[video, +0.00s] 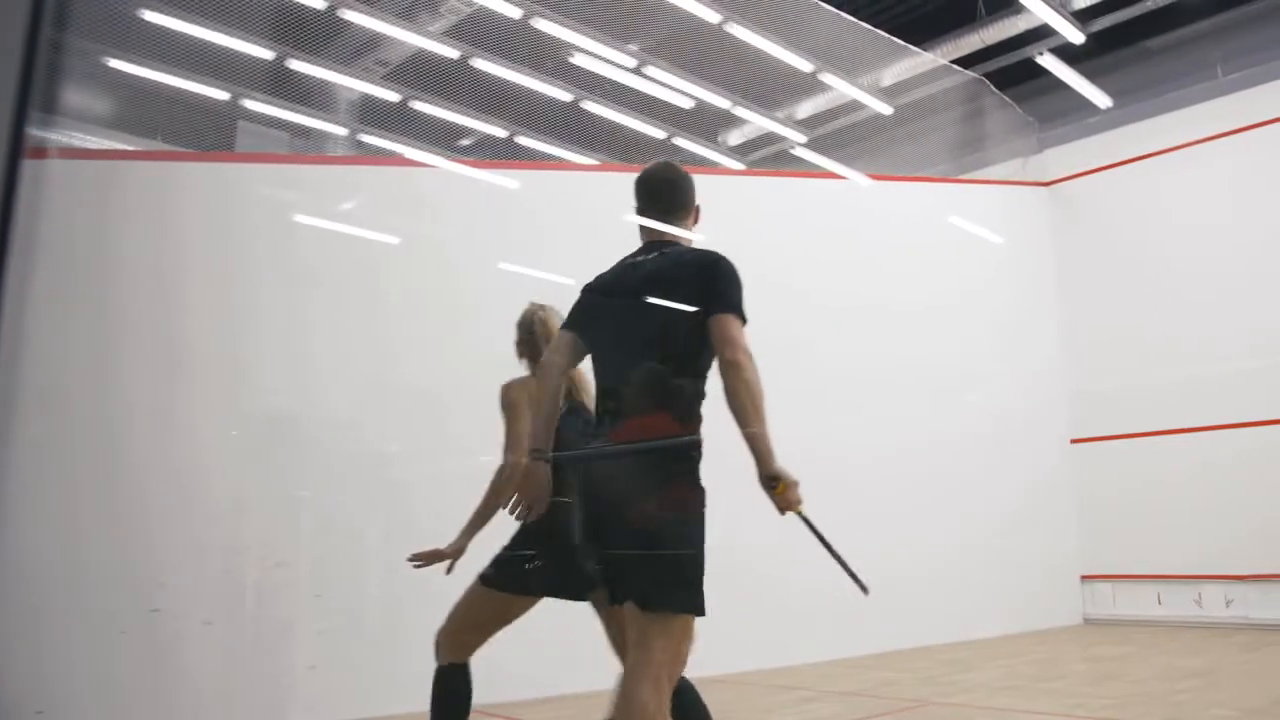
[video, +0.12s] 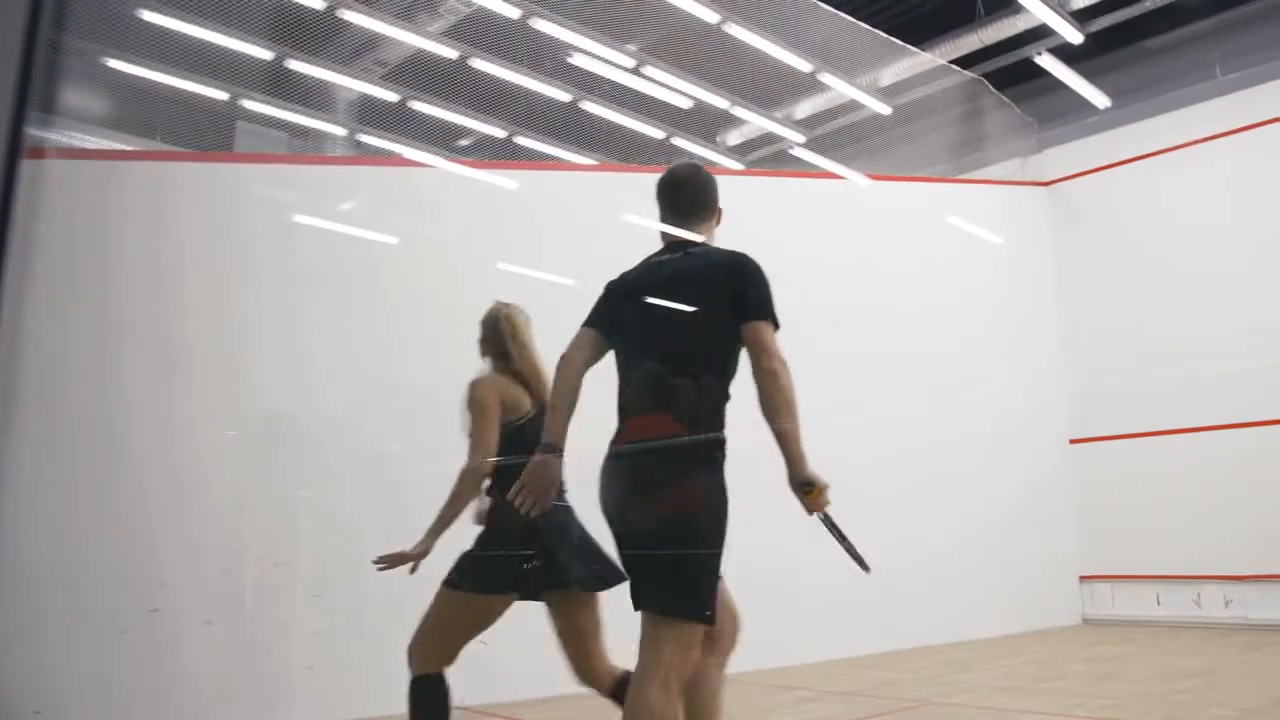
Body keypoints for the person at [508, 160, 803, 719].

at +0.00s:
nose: (694, 217)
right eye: (695, 211)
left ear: (638, 216)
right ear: (694, 214)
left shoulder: (602, 285)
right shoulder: (710, 270)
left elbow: (552, 367)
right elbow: (734, 360)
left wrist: (537, 457)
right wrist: (768, 464)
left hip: (603, 473)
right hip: (665, 473)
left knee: (651, 648)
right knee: (660, 653)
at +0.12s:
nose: (719, 218)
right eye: (719, 212)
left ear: (661, 216)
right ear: (716, 215)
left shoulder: (626, 284)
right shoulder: (737, 272)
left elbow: (572, 361)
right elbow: (769, 366)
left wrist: (549, 452)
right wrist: (798, 466)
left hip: (623, 474)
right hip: (689, 473)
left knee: (721, 624)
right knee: (664, 657)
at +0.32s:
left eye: (697, 220)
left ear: (698, 223)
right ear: (755, 223)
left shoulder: (668, 294)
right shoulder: (777, 278)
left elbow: (609, 361)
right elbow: (820, 383)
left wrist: (573, 449)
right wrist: (844, 470)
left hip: (674, 491)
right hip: (735, 494)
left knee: (772, 638)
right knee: (691, 671)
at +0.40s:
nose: (711, 234)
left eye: (709, 227)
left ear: (712, 230)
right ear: (768, 229)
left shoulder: (686, 299)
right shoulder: (793, 281)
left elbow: (624, 369)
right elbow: (837, 384)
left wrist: (586, 454)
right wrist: (859, 468)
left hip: (696, 494)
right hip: (757, 496)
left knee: (796, 646)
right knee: (709, 669)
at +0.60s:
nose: (740, 247)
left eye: (739, 240)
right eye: (743, 240)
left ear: (746, 243)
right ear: (800, 241)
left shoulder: (725, 314)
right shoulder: (833, 290)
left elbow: (667, 387)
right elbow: (879, 390)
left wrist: (632, 470)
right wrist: (893, 468)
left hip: (748, 498)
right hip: (809, 495)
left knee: (846, 644)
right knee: (796, 672)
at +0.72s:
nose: (759, 253)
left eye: (759, 244)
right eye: (760, 244)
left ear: (768, 245)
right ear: (817, 243)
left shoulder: (748, 317)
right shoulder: (858, 294)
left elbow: (692, 394)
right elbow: (904, 391)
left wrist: (668, 480)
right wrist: (915, 469)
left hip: (773, 494)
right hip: (839, 490)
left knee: (860, 653)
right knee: (868, 669)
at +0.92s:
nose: (787, 254)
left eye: (788, 243)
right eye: (786, 244)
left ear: (804, 239)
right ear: (846, 242)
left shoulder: (775, 311)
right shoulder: (889, 295)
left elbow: (726, 388)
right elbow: (940, 388)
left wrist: (726, 476)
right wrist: (950, 470)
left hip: (804, 490)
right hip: (874, 483)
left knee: (874, 645)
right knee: (934, 644)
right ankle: (891, 710)